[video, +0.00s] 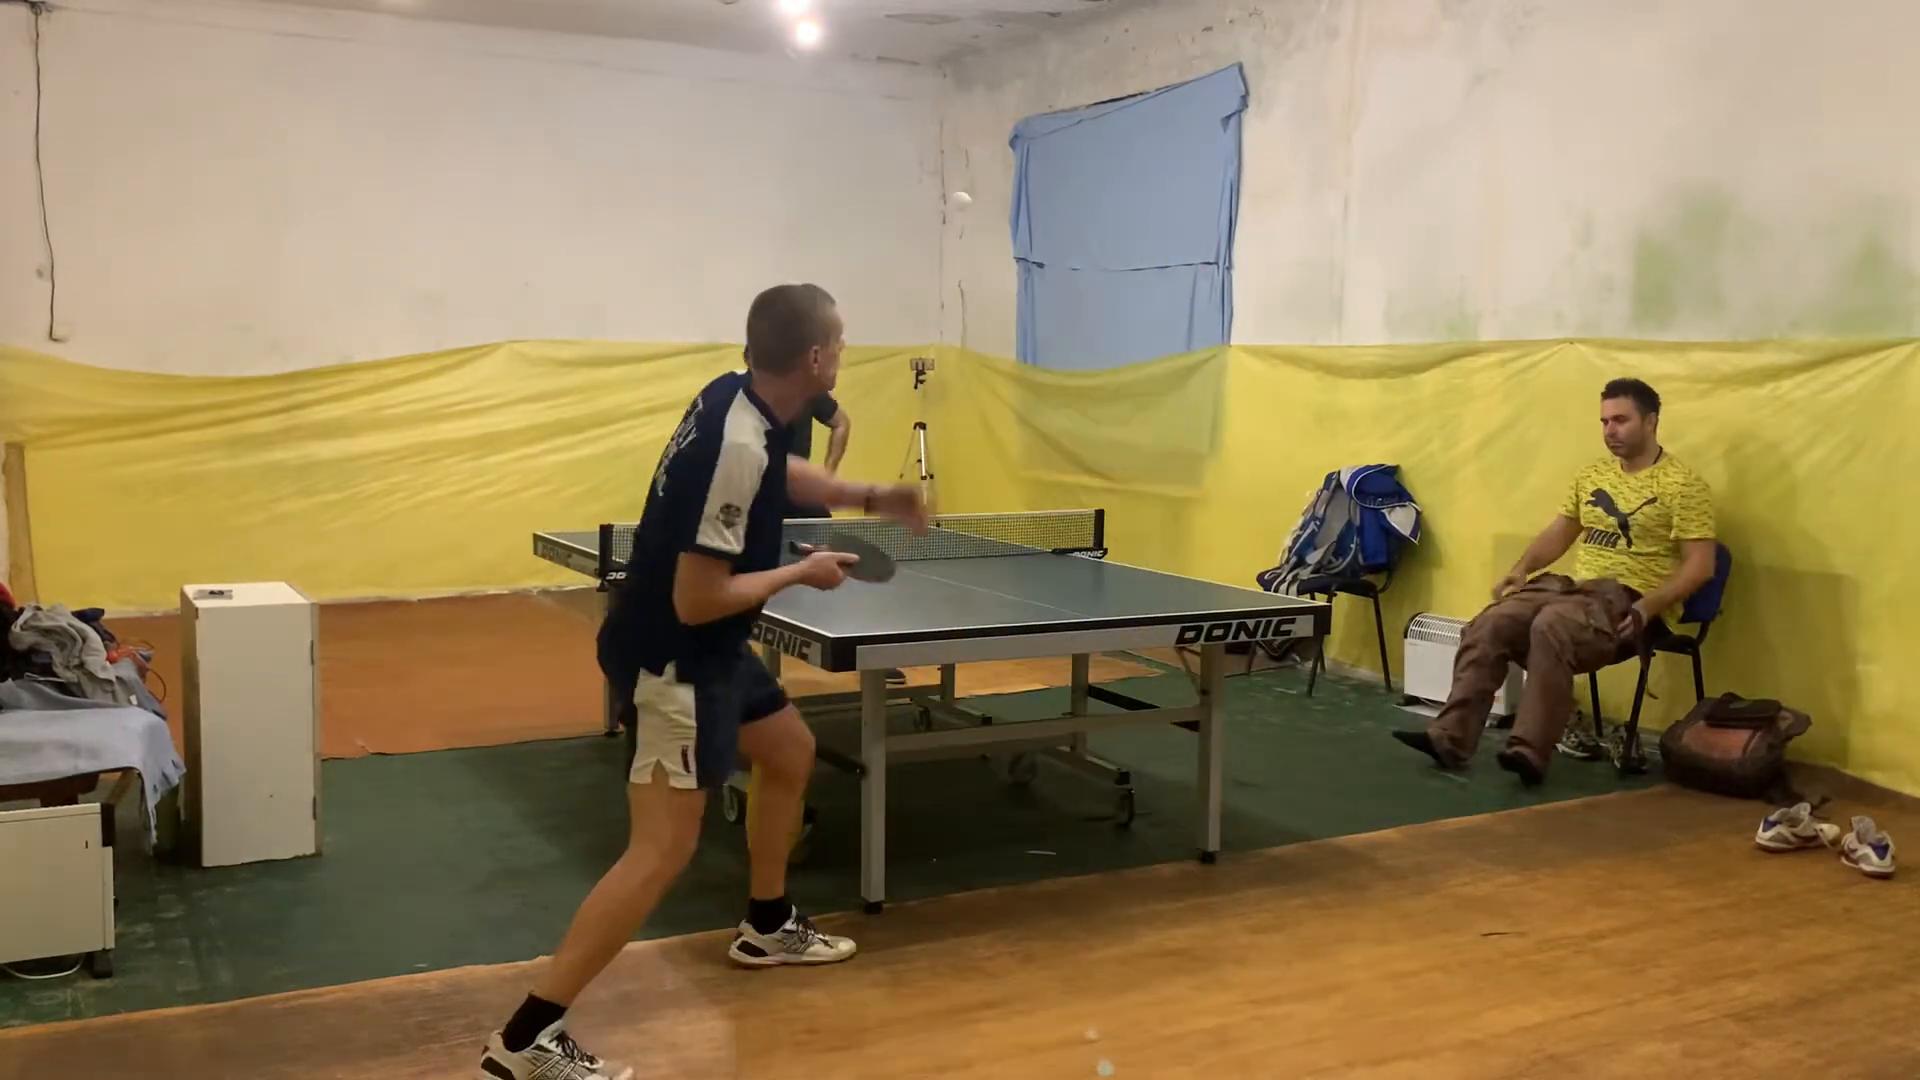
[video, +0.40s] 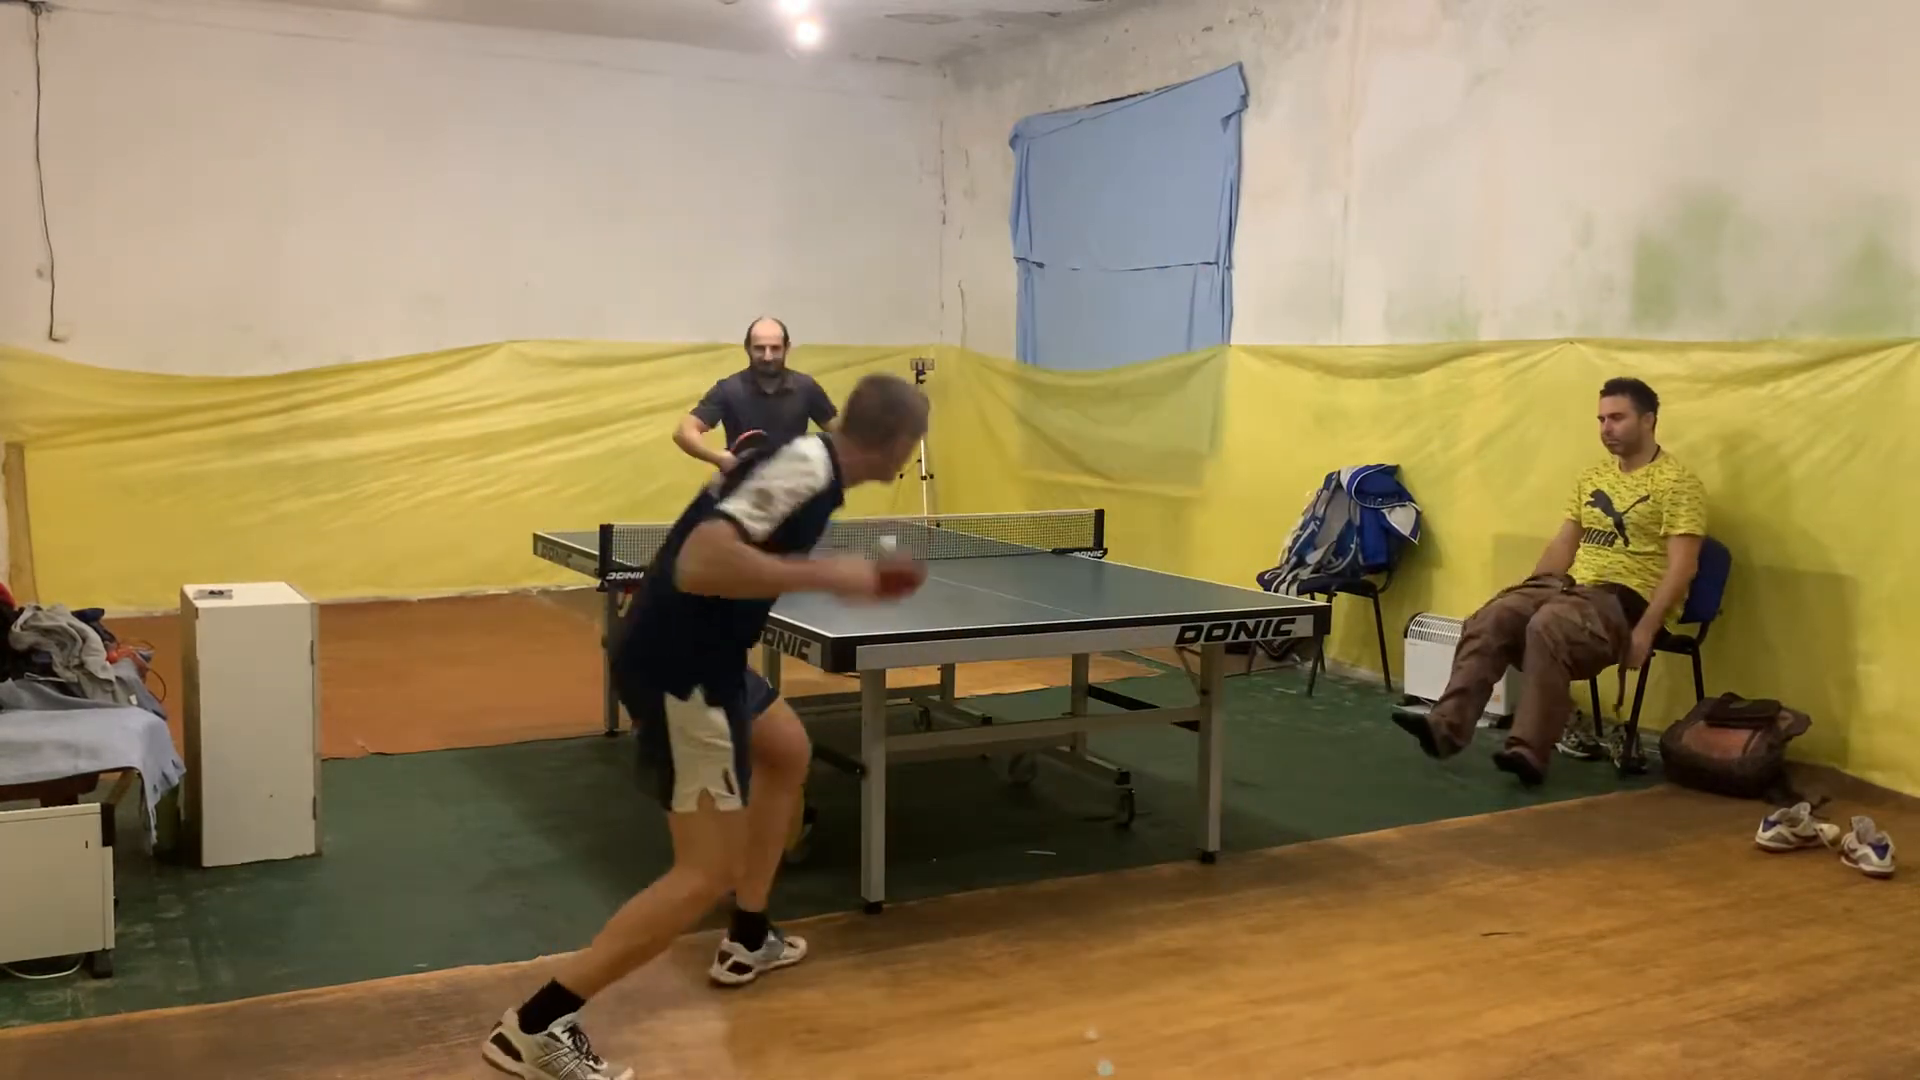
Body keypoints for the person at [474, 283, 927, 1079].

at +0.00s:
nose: (841, 361)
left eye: (839, 349)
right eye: (838, 350)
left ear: (764, 351)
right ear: (814, 361)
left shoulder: (743, 404)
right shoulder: (732, 445)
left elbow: (774, 480)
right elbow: (696, 597)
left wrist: (871, 498)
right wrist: (799, 571)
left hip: (712, 643)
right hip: (672, 658)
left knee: (789, 754)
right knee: (661, 848)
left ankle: (767, 925)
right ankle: (528, 1034)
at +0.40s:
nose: (908, 460)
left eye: (911, 448)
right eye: (910, 448)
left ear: (858, 421)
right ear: (889, 444)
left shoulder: (813, 462)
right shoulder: (799, 467)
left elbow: (737, 558)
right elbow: (698, 563)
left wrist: (860, 577)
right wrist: (829, 574)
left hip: (708, 655)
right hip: (676, 665)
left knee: (787, 748)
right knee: (706, 873)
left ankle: (747, 939)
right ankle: (539, 1019)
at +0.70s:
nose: (931, 392)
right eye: (936, 384)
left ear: (867, 363)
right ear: (930, 385)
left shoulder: (799, 405)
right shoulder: (930, 465)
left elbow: (701, 494)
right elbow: (900, 601)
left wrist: (673, 597)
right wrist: (842, 571)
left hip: (755, 625)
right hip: (839, 641)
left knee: (786, 762)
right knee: (878, 819)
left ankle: (759, 924)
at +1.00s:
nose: (961, 366)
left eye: (960, 354)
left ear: (960, 358)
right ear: (1028, 369)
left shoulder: (913, 410)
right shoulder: (1055, 449)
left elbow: (855, 513)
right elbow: (1046, 583)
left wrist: (809, 620)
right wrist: (1001, 633)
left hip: (912, 655)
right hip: (1016, 661)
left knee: (848, 771)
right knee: (1096, 815)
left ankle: (785, 939)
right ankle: (1186, 999)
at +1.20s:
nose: (1030, 343)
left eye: (1032, 332)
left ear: (1038, 335)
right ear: (1108, 344)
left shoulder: (1008, 397)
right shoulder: (1155, 414)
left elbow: (966, 513)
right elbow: (1173, 560)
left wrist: (930, 597)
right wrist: (1108, 585)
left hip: (1038, 643)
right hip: (1141, 644)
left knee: (933, 792)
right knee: (1191, 790)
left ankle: (865, 973)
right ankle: (1224, 977)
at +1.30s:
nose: (1066, 348)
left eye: (1067, 337)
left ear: (1073, 342)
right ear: (1143, 351)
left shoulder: (1036, 404)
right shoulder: (1190, 419)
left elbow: (992, 527)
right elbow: (1213, 560)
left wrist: (975, 602)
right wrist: (1151, 592)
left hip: (1071, 643)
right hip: (1175, 643)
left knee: (981, 802)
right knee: (1236, 797)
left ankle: (956, 1004)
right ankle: (1321, 986)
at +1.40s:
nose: (1090, 383)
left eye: (1093, 372)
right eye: (1095, 373)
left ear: (1103, 375)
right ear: (1171, 384)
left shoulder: (1075, 440)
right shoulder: (1219, 455)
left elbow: (1031, 566)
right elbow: (1249, 584)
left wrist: (1003, 625)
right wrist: (1203, 624)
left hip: (1113, 689)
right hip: (1220, 689)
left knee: (1003, 827)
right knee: (1274, 823)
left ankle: (966, 1029)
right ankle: (1371, 1006)